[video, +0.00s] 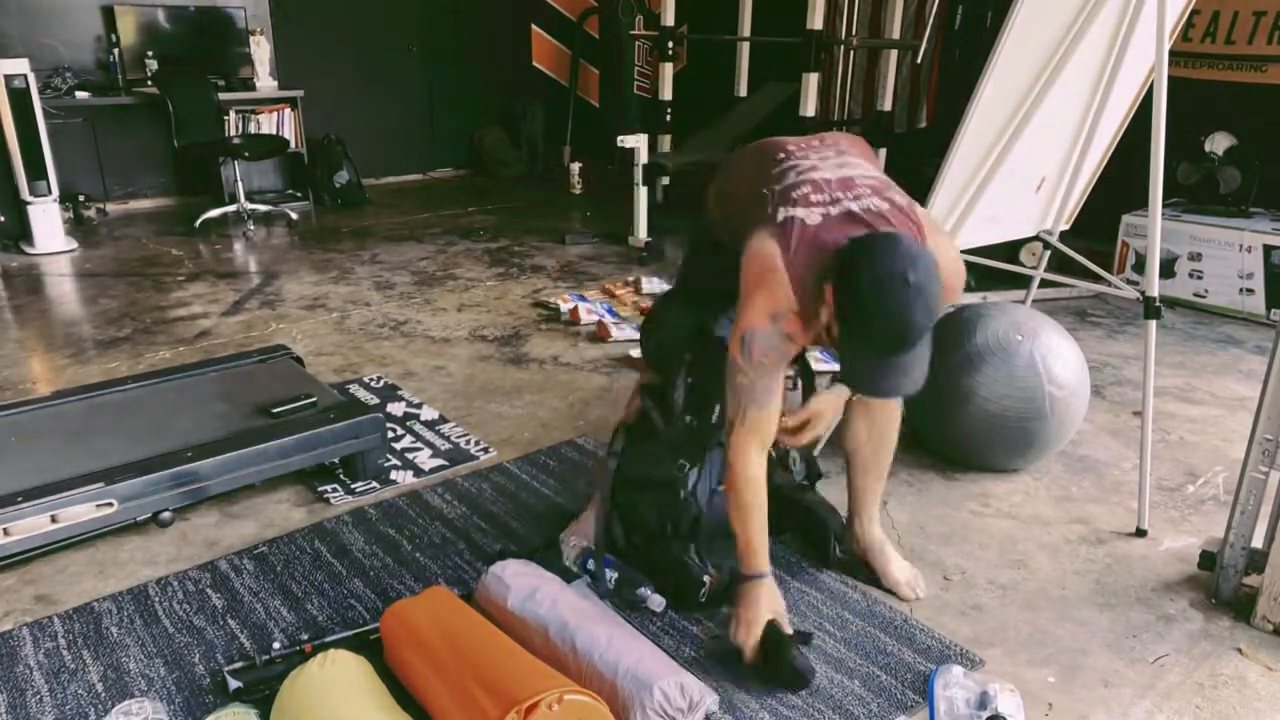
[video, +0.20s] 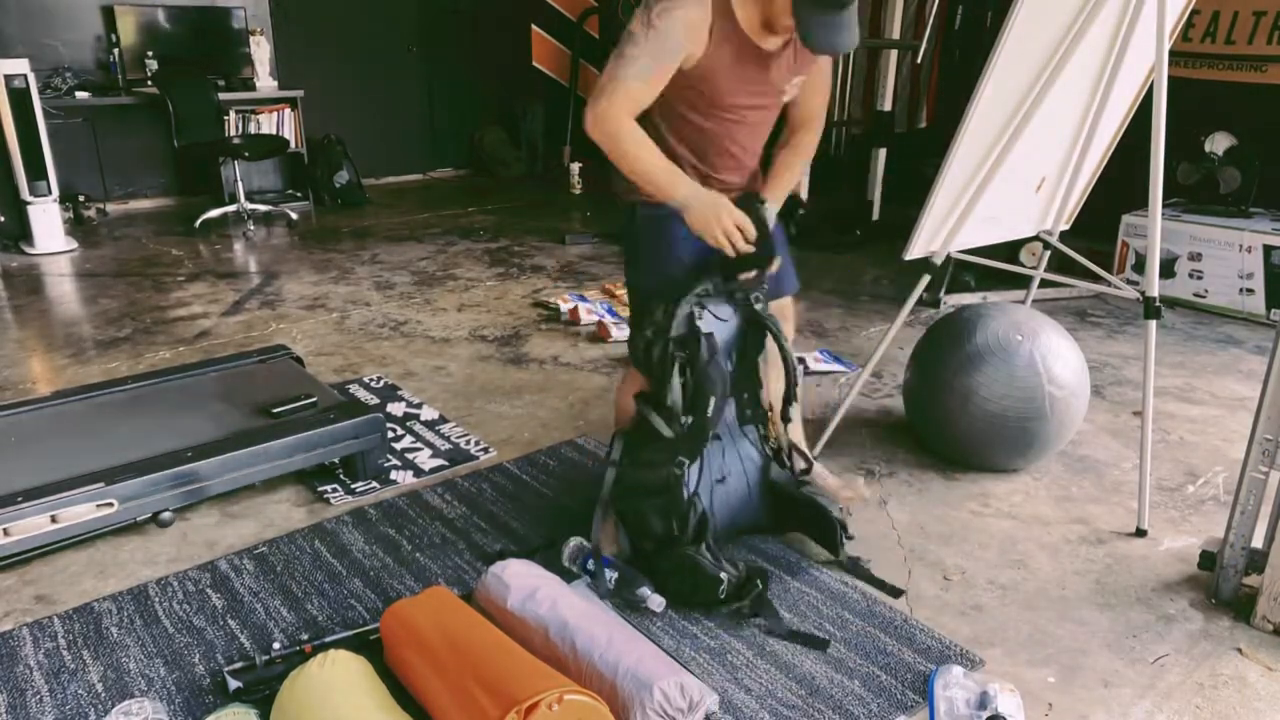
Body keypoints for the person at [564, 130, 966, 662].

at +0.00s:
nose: (848, 356)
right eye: (845, 343)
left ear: (921, 309)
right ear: (830, 301)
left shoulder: (946, 271)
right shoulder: (776, 273)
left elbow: (895, 326)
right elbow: (749, 441)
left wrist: (841, 393)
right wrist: (755, 576)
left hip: (848, 162)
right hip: (742, 188)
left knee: (888, 370)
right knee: (669, 367)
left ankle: (867, 526)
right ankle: (605, 505)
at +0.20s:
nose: (809, 40)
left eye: (819, 33)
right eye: (805, 24)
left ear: (829, 14)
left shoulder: (816, 42)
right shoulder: (686, 15)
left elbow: (803, 133)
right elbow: (606, 115)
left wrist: (768, 205)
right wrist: (692, 198)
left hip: (749, 206)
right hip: (664, 207)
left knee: (777, 331)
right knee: (655, 366)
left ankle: (787, 455)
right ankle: (621, 497)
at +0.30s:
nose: (852, 76)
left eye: (869, 63)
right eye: (844, 61)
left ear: (892, 32)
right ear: (815, 24)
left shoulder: (877, 40)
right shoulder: (764, 44)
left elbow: (889, 136)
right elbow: (700, 174)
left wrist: (848, 215)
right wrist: (760, 256)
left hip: (776, 201)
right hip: (691, 202)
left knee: (784, 348)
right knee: (662, 359)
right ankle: (626, 509)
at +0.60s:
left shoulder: (853, 3)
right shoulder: (683, 5)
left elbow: (876, 77)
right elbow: (658, 86)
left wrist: (830, 120)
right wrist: (736, 128)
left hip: (807, 210)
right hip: (710, 206)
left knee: (807, 369)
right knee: (700, 369)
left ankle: (822, 489)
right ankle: (689, 495)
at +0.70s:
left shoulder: (856, 3)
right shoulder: (691, 4)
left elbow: (876, 82)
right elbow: (663, 93)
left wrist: (818, 116)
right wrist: (737, 131)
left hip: (809, 208)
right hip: (712, 206)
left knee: (810, 369)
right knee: (703, 367)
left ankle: (824, 489)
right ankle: (693, 494)